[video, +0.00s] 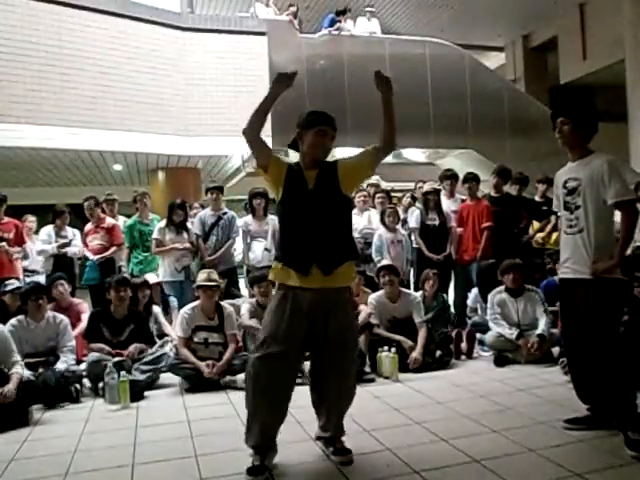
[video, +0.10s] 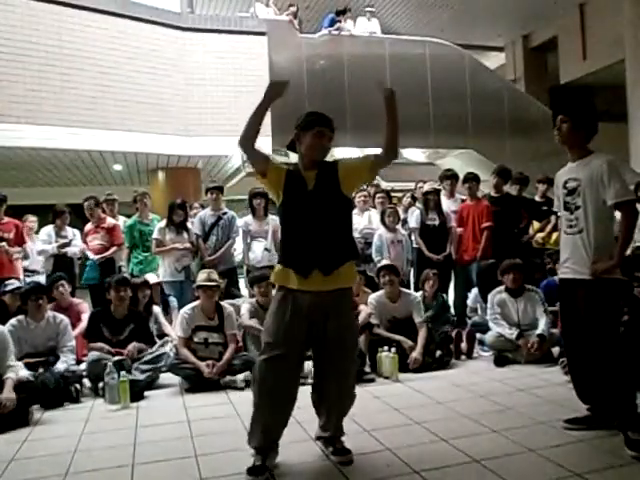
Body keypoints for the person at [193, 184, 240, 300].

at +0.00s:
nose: (214, 197)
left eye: (217, 194)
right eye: (211, 194)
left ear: (221, 196)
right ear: (207, 197)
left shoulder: (231, 216)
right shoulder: (201, 216)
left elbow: (232, 239)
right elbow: (199, 238)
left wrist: (216, 257)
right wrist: (206, 258)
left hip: (227, 264)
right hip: (208, 265)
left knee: (232, 298)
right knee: (208, 298)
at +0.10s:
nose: (214, 197)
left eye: (217, 194)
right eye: (211, 194)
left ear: (221, 196)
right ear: (207, 197)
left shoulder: (231, 216)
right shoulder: (201, 216)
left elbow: (232, 239)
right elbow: (199, 238)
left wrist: (216, 257)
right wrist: (206, 258)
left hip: (227, 264)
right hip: (208, 265)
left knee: (232, 298)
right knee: (208, 298)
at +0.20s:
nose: (214, 197)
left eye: (217, 194)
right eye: (211, 194)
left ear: (221, 196)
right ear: (207, 197)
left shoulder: (231, 216)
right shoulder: (201, 216)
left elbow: (232, 239)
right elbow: (199, 238)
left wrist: (216, 257)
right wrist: (206, 258)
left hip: (227, 264)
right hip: (208, 265)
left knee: (232, 298)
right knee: (208, 298)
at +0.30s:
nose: (214, 197)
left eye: (217, 194)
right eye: (211, 194)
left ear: (221, 196)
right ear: (207, 197)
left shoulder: (231, 216)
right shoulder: (201, 216)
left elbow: (233, 239)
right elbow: (199, 238)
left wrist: (216, 257)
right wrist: (206, 258)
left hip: (227, 264)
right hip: (208, 265)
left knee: (232, 298)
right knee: (208, 297)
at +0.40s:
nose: (214, 197)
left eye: (217, 194)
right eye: (211, 194)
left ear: (221, 196)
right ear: (207, 197)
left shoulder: (231, 216)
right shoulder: (201, 216)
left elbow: (232, 239)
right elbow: (199, 237)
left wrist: (216, 257)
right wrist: (206, 257)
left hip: (227, 264)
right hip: (208, 265)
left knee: (232, 298)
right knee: (208, 298)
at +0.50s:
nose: (214, 197)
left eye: (217, 194)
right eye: (212, 193)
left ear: (222, 196)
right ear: (207, 196)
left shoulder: (231, 216)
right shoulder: (201, 216)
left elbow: (233, 239)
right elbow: (199, 238)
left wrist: (216, 257)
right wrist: (207, 257)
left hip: (225, 262)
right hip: (206, 262)